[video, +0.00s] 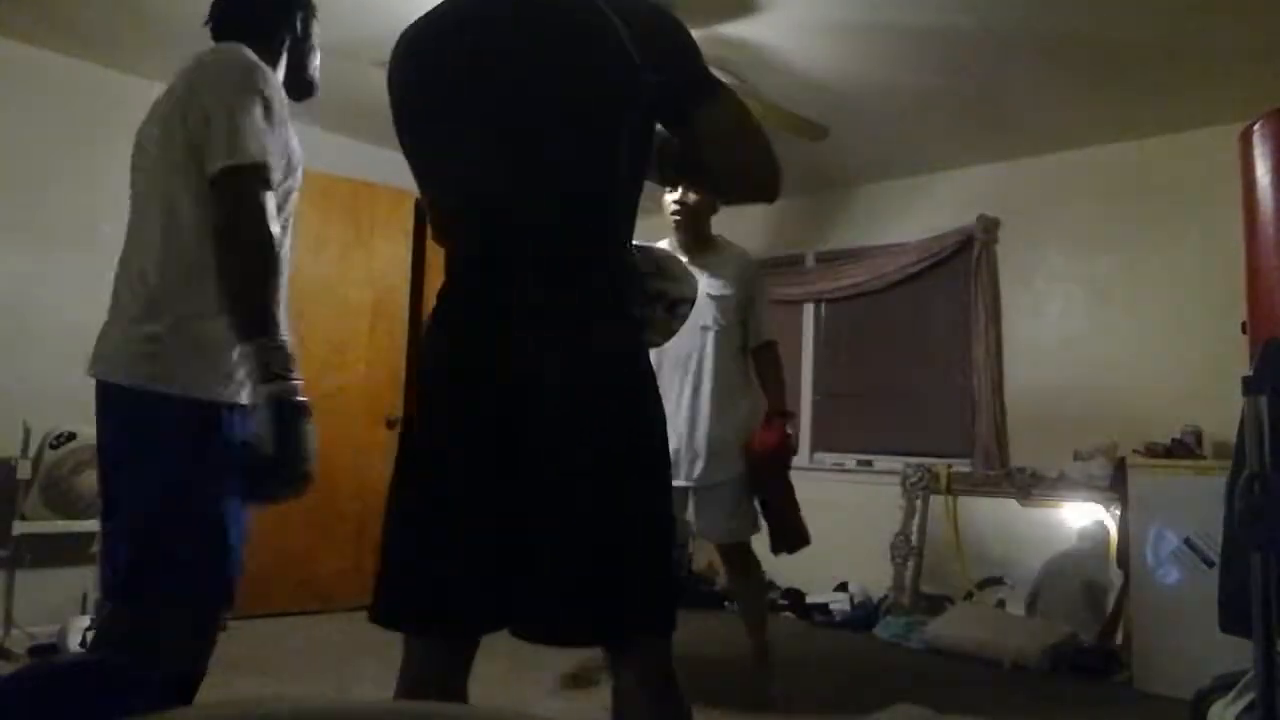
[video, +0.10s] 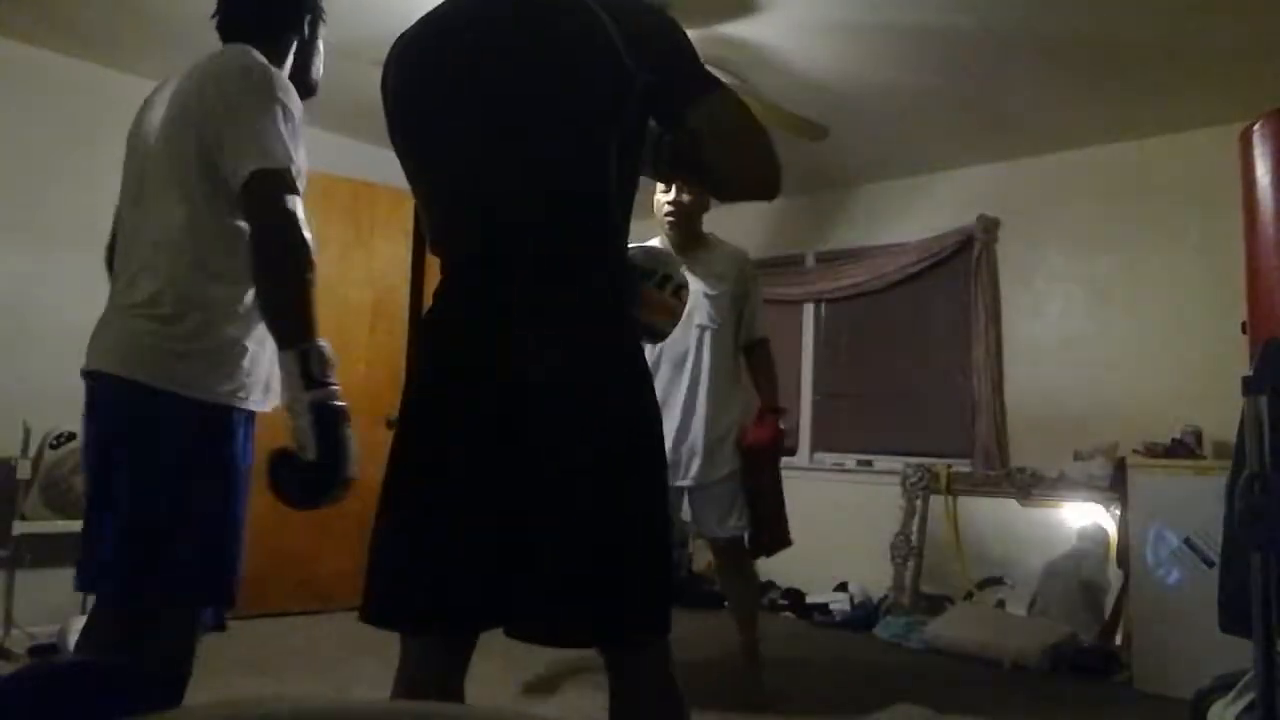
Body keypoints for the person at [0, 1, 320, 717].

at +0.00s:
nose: (319, 51)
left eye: (317, 31)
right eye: (313, 28)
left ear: (235, 21)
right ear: (287, 24)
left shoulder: (196, 85)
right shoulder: (237, 75)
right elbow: (243, 236)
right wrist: (284, 395)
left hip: (157, 394)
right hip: (184, 400)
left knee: (146, 654)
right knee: (163, 663)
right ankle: (13, 698)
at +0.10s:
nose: (323, 60)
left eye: (324, 40)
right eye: (322, 37)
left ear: (238, 22)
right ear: (296, 29)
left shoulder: (167, 95)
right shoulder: (253, 79)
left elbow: (122, 254)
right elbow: (279, 236)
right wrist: (316, 394)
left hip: (129, 382)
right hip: (187, 395)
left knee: (122, 622)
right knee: (155, 658)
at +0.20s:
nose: (320, 66)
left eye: (321, 48)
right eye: (320, 44)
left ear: (233, 23)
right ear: (303, 33)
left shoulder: (156, 91)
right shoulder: (268, 81)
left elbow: (97, 244)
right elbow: (298, 241)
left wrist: (109, 364)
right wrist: (345, 388)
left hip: (117, 379)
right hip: (193, 389)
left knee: (122, 609)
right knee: (156, 621)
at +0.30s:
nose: (316, 60)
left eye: (317, 42)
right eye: (317, 41)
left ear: (230, 23)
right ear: (302, 32)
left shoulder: (152, 93)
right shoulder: (277, 83)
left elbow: (79, 239)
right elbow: (311, 240)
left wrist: (64, 366)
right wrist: (364, 388)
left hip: (111, 382)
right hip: (196, 392)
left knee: (132, 596)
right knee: (152, 610)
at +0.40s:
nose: (309, 65)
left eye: (311, 50)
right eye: (311, 49)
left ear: (227, 30)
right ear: (301, 37)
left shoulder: (149, 100)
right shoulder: (283, 90)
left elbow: (76, 236)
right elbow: (317, 241)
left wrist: (50, 376)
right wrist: (372, 392)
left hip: (113, 384)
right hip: (202, 395)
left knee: (130, 601)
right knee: (146, 614)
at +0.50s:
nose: (307, 58)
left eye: (305, 44)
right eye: (306, 44)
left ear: (224, 36)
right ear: (297, 38)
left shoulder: (150, 107)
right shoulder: (289, 97)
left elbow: (81, 241)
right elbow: (318, 248)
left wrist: (60, 375)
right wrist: (365, 392)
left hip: (113, 387)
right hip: (203, 397)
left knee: (128, 600)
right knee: (148, 611)